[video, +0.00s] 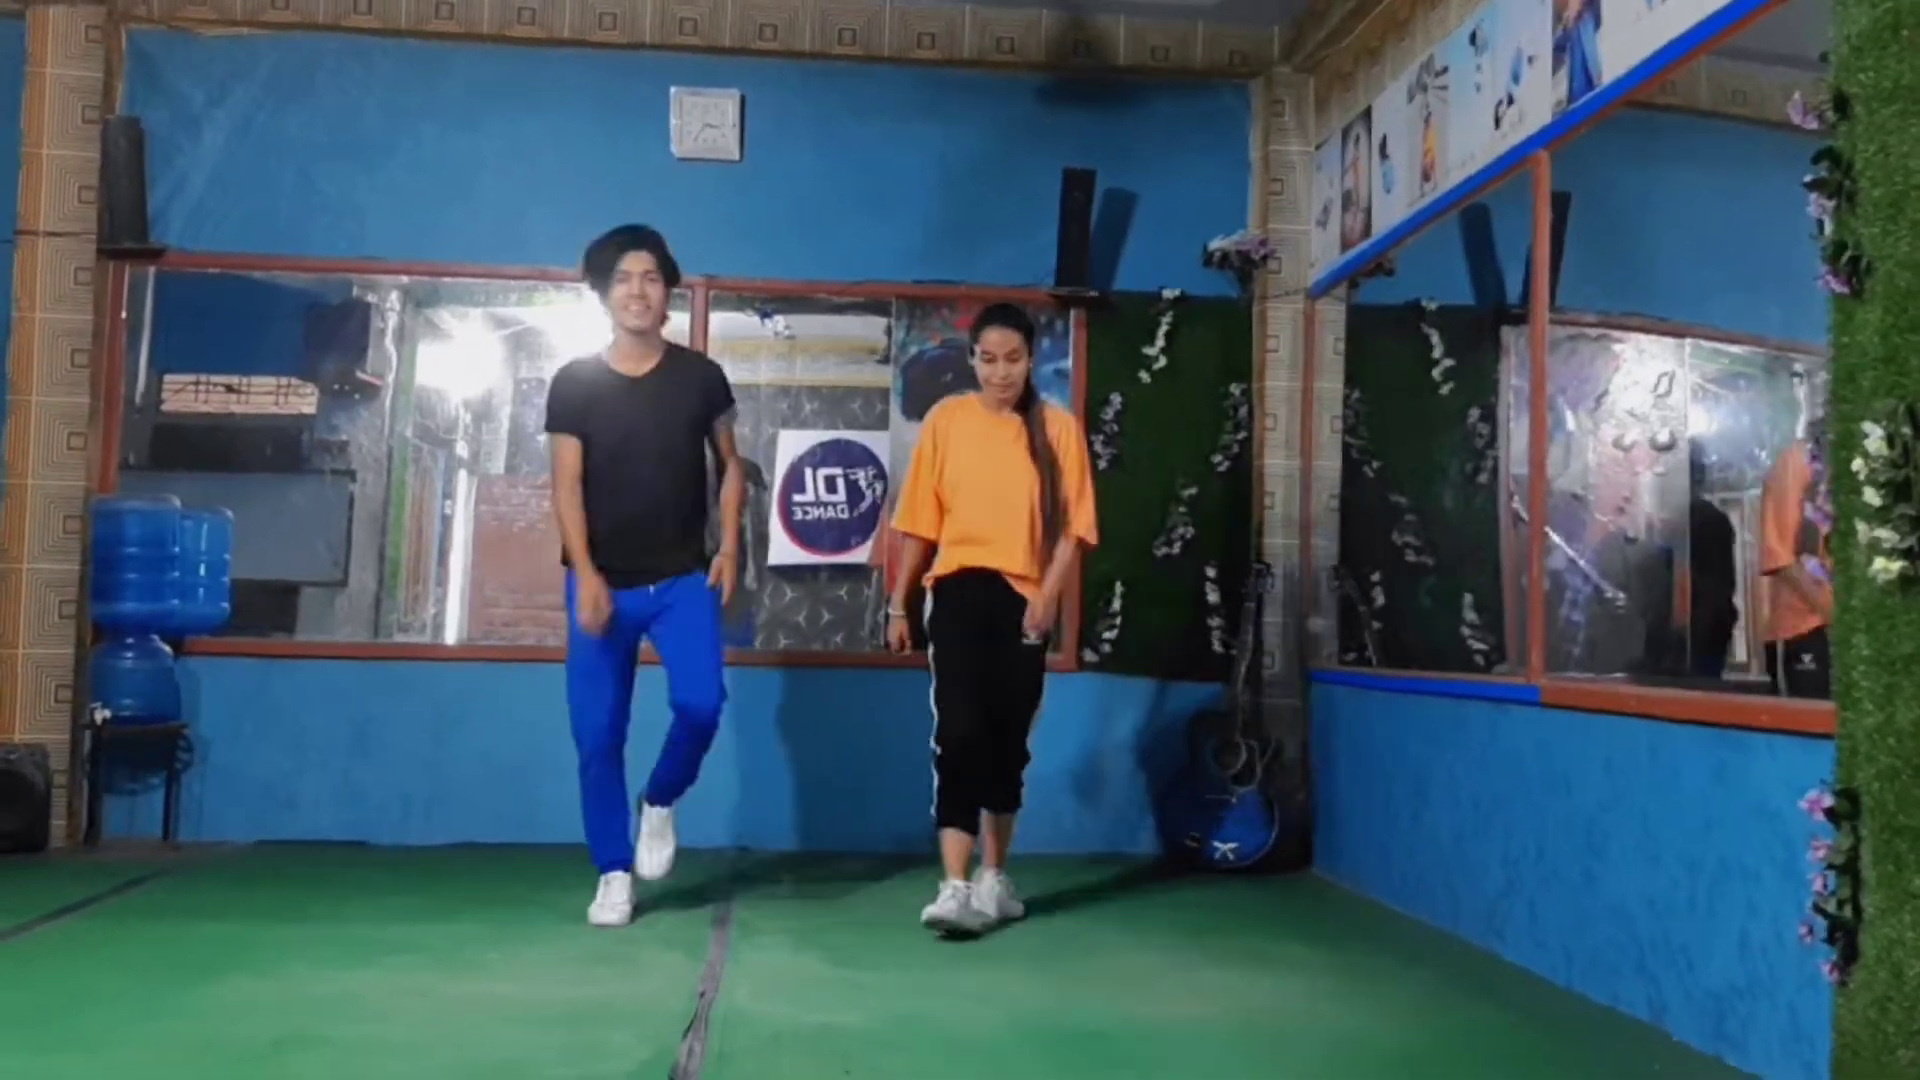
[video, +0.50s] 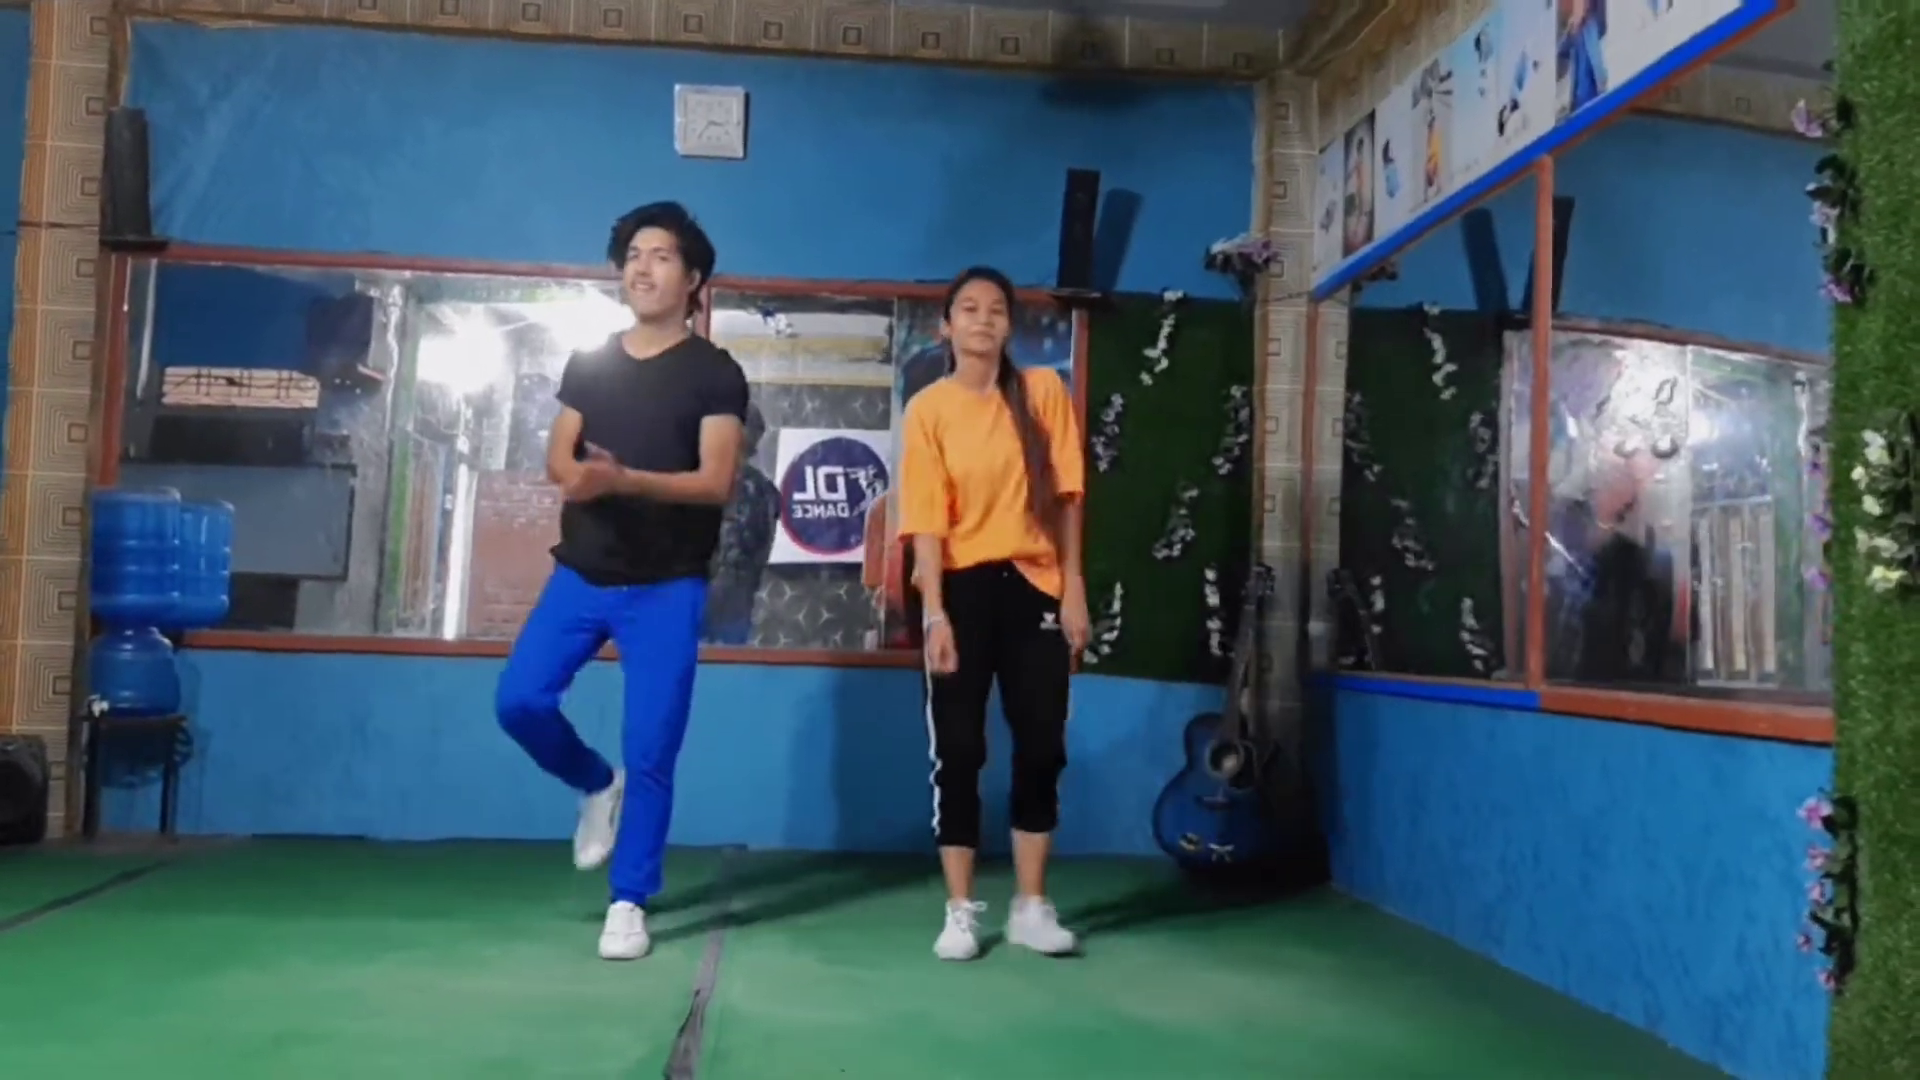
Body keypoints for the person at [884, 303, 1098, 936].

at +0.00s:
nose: (1001, 369)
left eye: (1013, 357)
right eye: (990, 358)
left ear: (1031, 360)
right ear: (973, 360)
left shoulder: (1058, 426)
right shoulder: (945, 419)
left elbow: (1076, 527)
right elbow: (919, 521)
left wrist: (1046, 596)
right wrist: (898, 600)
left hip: (1022, 593)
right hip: (955, 586)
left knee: (1007, 736)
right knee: (958, 732)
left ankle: (994, 878)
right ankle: (954, 886)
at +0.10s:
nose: (995, 365)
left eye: (1007, 353)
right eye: (984, 353)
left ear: (1025, 358)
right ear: (967, 357)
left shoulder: (1054, 424)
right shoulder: (941, 420)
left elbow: (1079, 513)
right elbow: (913, 521)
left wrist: (1054, 544)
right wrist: (892, 600)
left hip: (1025, 596)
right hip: (955, 593)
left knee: (1006, 739)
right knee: (957, 736)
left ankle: (989, 877)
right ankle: (952, 884)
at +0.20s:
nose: (989, 357)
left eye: (1000, 346)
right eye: (976, 345)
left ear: (1016, 354)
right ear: (958, 353)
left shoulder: (1048, 420)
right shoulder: (933, 427)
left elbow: (1078, 508)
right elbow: (907, 531)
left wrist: (1056, 530)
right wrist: (891, 617)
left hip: (1028, 596)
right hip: (957, 594)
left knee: (1011, 740)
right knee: (959, 742)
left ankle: (990, 871)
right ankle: (957, 900)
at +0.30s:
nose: (990, 341)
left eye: (1002, 331)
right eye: (977, 329)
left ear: (1016, 342)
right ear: (956, 339)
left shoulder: (1047, 403)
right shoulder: (933, 422)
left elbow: (1078, 500)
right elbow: (911, 534)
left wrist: (1057, 579)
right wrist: (900, 628)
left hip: (1032, 594)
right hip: (957, 596)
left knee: (1024, 747)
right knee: (961, 748)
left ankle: (995, 853)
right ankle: (958, 904)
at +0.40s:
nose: (982, 327)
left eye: (995, 317)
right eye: (970, 316)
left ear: (1011, 331)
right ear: (948, 328)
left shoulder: (1042, 390)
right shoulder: (928, 415)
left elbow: (1071, 498)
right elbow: (915, 533)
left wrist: (1070, 590)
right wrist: (915, 630)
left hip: (1034, 587)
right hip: (957, 591)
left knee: (1046, 745)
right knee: (961, 747)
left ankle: (1008, 848)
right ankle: (965, 903)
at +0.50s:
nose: (983, 321)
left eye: (995, 311)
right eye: (969, 310)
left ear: (1011, 325)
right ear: (947, 324)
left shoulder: (1044, 390)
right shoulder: (928, 409)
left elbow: (1069, 498)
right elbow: (925, 524)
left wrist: (1073, 589)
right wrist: (934, 615)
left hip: (1037, 587)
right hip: (960, 588)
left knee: (1040, 750)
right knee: (958, 752)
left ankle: (1030, 907)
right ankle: (960, 910)